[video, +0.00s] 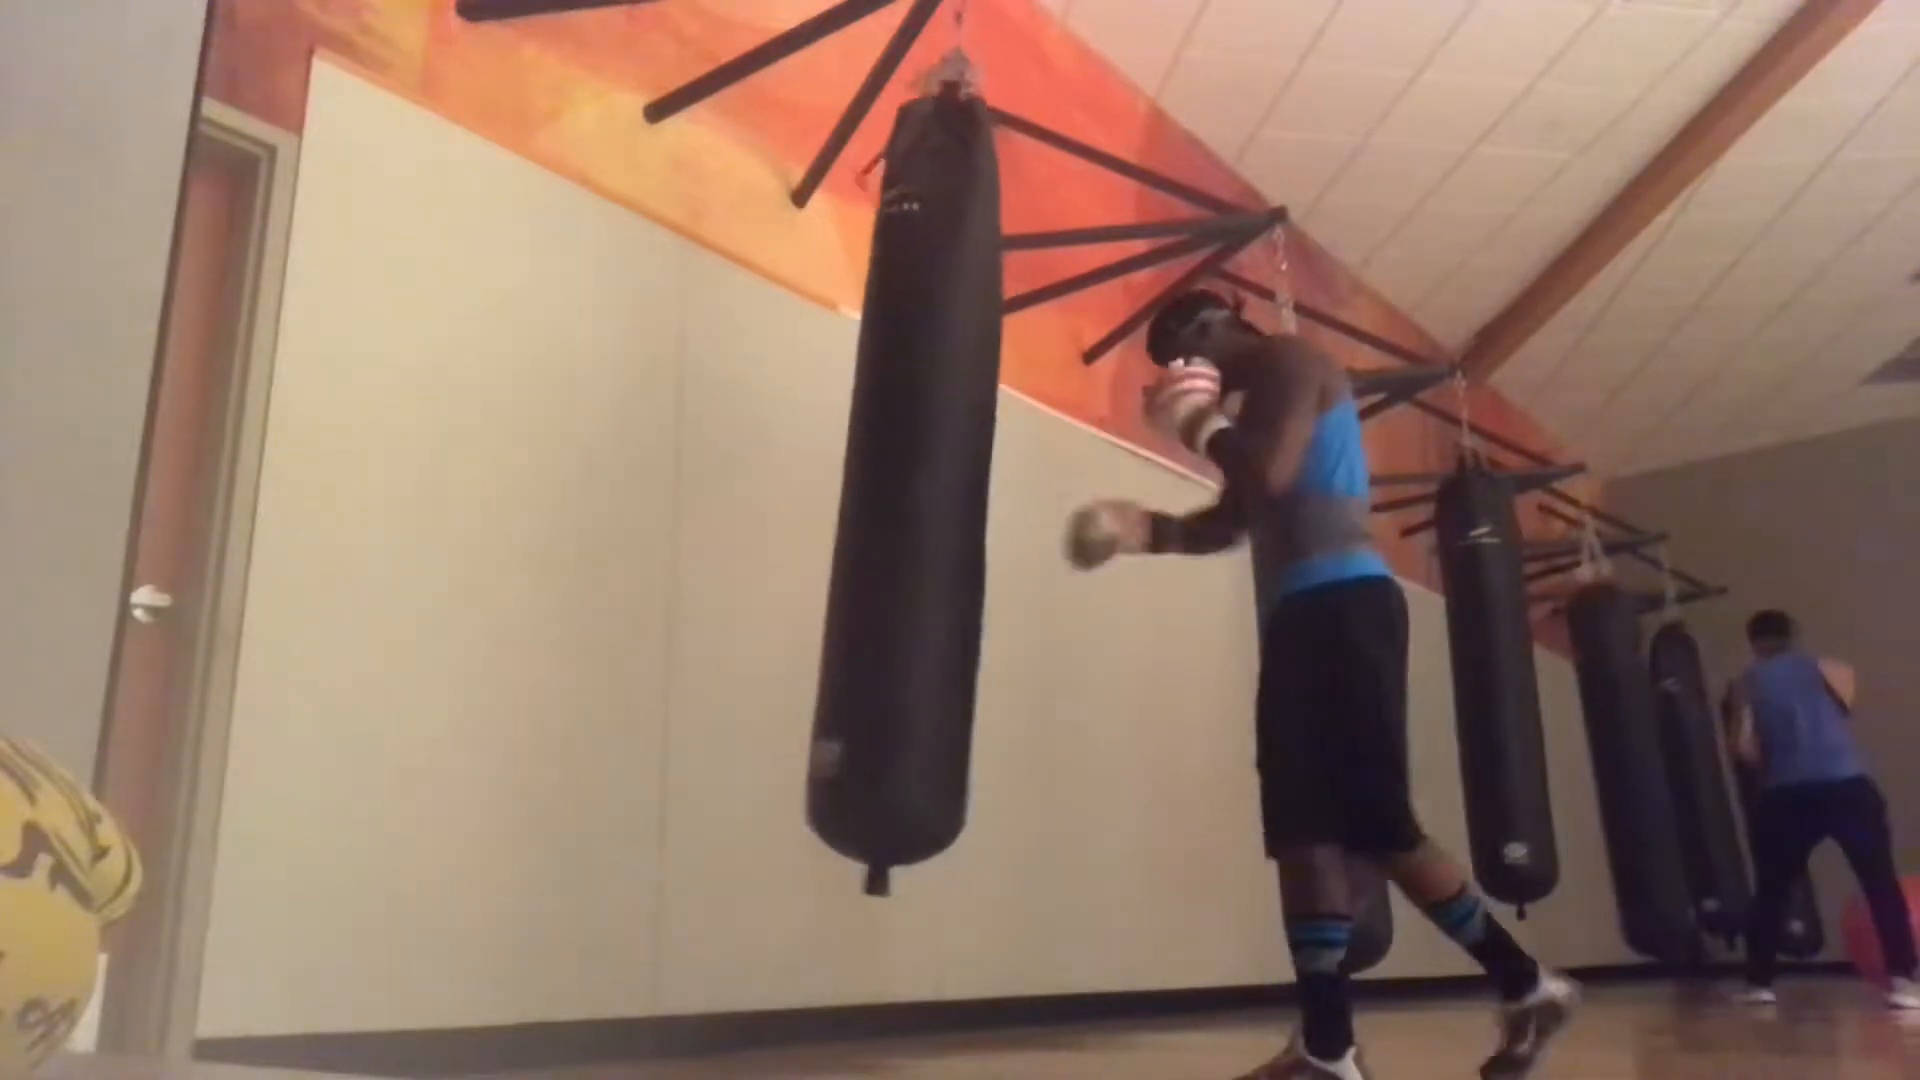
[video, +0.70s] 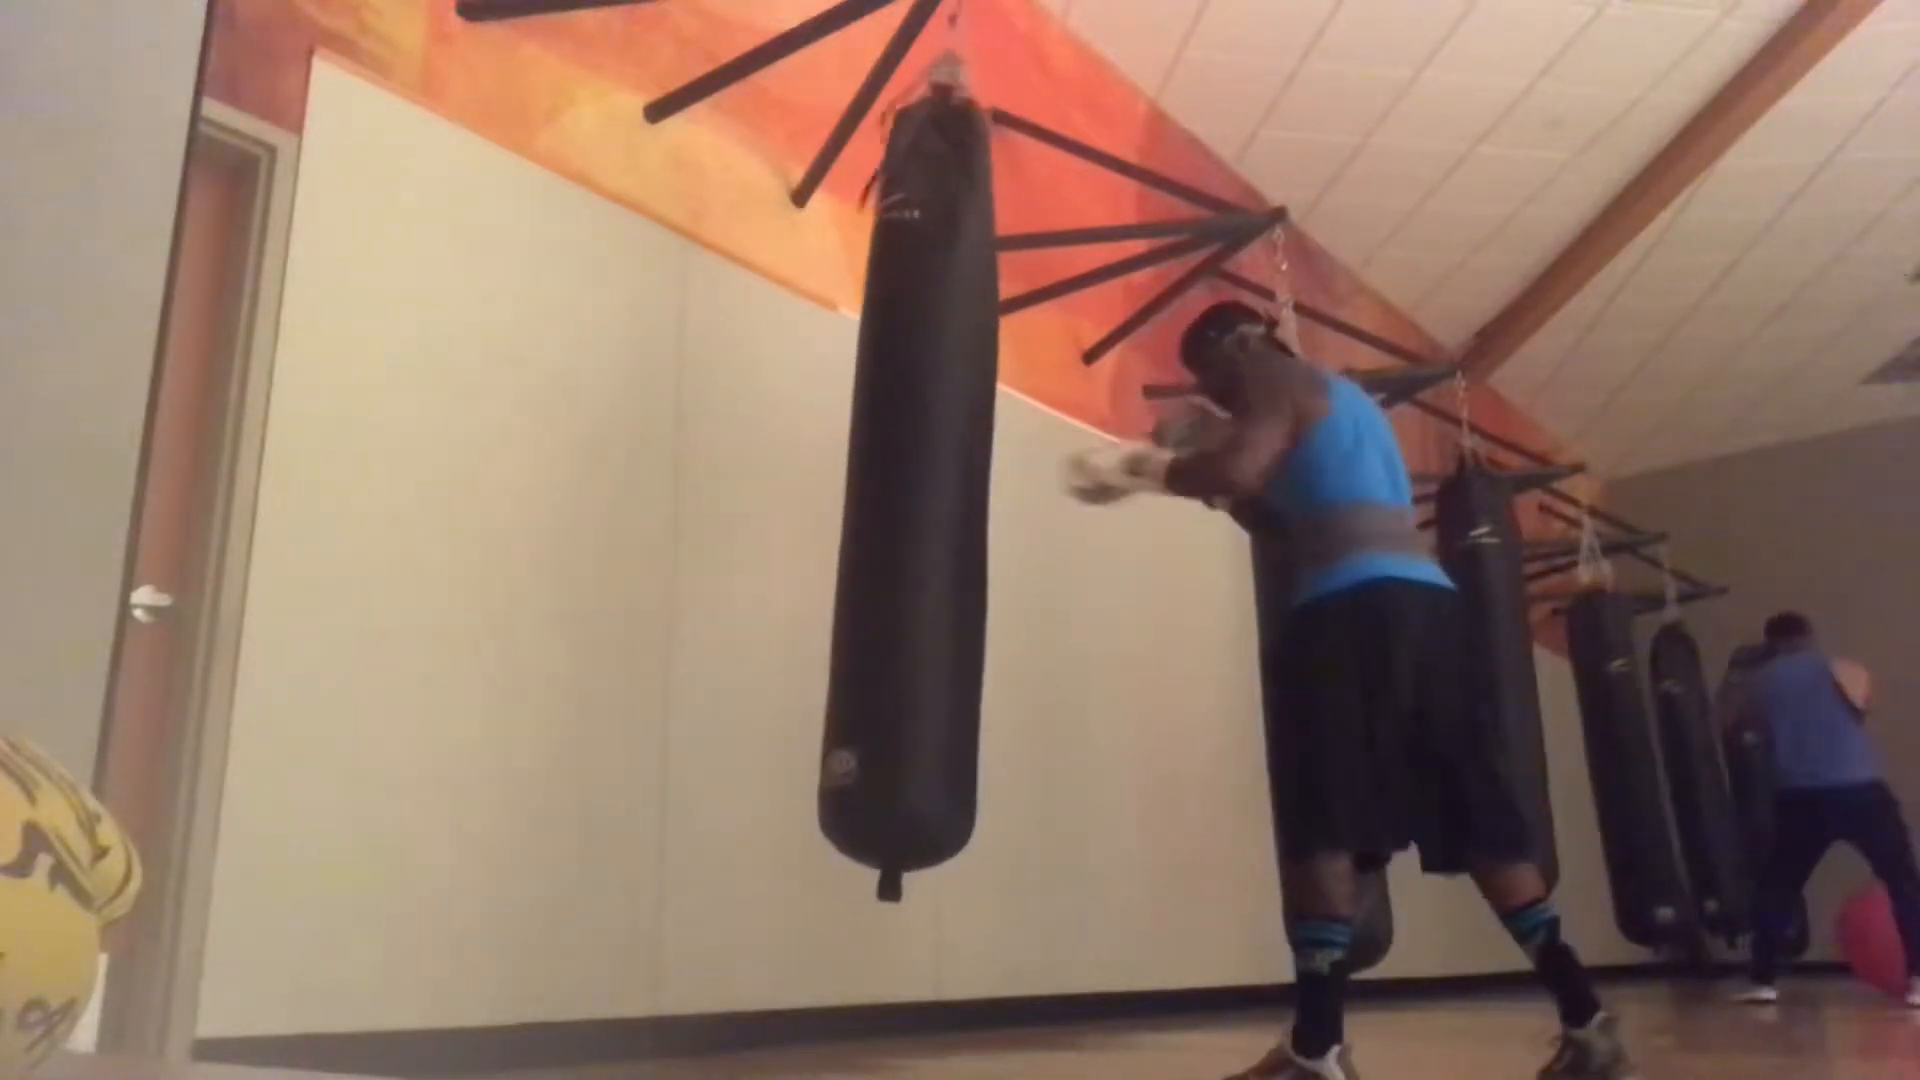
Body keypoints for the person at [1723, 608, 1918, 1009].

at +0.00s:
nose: (1761, 650)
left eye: (1756, 644)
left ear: (1754, 645)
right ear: (1793, 636)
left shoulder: (1745, 685)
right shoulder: (1827, 667)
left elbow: (1743, 748)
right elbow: (1847, 704)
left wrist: (1775, 758)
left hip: (1788, 796)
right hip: (1849, 789)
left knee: (1771, 889)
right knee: (1880, 882)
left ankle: (1760, 983)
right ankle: (1904, 978)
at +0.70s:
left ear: (1769, 644)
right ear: (1810, 638)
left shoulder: (1758, 682)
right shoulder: (1841, 668)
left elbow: (1733, 727)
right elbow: (1862, 707)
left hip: (1801, 799)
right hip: (1860, 794)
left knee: (1778, 884)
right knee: (1903, 880)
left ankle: (1764, 980)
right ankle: (1916, 977)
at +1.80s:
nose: (1763, 675)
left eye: (1760, 669)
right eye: (1761, 670)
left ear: (1764, 661)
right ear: (1794, 650)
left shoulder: (1774, 687)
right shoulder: (1840, 672)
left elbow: (1733, 732)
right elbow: (1860, 710)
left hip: (1811, 802)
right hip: (1870, 797)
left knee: (1771, 876)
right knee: (1912, 876)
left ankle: (1769, 955)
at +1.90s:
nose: (1751, 666)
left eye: (1745, 660)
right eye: (1752, 657)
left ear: (1740, 660)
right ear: (1779, 650)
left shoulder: (1749, 695)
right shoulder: (1815, 674)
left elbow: (1702, 721)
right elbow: (1829, 691)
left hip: (1804, 796)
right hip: (1859, 784)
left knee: (1774, 882)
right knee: (1909, 866)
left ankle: (1761, 969)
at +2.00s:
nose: (1727, 675)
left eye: (1726, 668)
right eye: (1726, 668)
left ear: (1731, 666)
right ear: (1765, 657)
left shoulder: (1746, 691)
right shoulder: (1795, 682)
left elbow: (1689, 713)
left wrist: (1642, 713)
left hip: (1806, 794)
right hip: (1859, 784)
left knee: (1774, 884)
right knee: (1908, 867)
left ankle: (1760, 975)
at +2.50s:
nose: (1713, 679)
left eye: (1712, 672)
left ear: (1712, 671)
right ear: (1746, 665)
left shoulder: (1717, 699)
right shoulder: (1776, 690)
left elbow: (1672, 724)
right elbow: (1808, 722)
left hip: (1760, 803)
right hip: (1810, 795)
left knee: (1729, 882)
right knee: (1858, 880)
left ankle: (1700, 962)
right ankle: (1897, 961)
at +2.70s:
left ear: (1680, 677)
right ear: (1716, 669)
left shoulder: (1676, 711)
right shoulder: (1745, 692)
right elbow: (1771, 724)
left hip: (1727, 800)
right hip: (1780, 788)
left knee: (1712, 879)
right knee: (1819, 866)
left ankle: (1695, 971)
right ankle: (1842, 952)